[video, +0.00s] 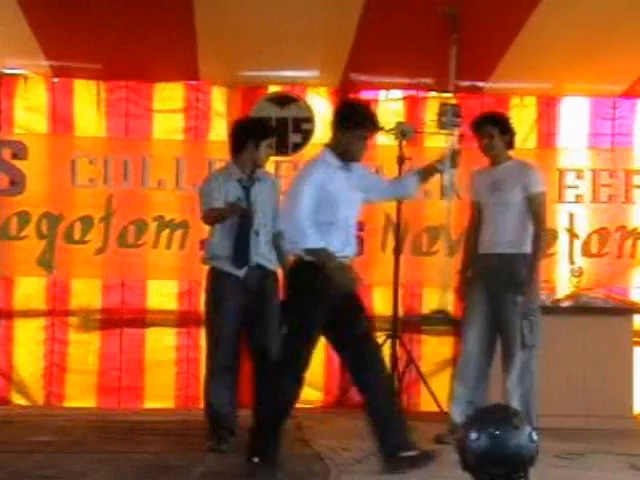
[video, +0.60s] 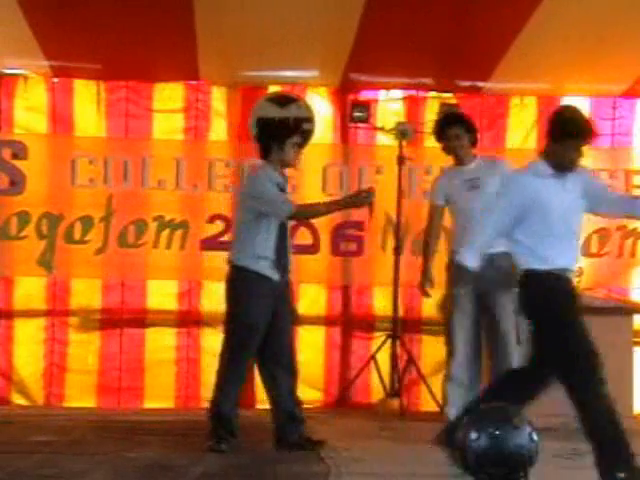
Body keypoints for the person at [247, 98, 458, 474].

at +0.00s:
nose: (365, 146)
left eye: (368, 139)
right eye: (360, 138)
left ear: (366, 139)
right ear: (341, 134)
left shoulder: (356, 175)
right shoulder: (315, 172)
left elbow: (396, 188)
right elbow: (295, 225)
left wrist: (438, 166)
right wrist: (328, 261)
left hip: (337, 273)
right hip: (309, 272)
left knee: (368, 363)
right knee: (289, 366)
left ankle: (397, 447)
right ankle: (263, 451)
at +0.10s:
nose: (403, 151)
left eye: (407, 143)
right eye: (398, 142)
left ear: (405, 142)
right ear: (378, 138)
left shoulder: (396, 179)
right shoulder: (356, 175)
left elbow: (428, 197)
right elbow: (337, 226)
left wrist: (465, 181)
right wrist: (361, 266)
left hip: (382, 278)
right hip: (353, 276)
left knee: (407, 368)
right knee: (327, 363)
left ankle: (433, 452)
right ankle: (272, 437)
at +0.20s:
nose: (444, 146)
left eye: (448, 139)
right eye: (439, 138)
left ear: (448, 137)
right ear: (418, 134)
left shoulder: (434, 174)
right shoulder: (395, 173)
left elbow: (464, 195)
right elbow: (370, 228)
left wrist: (508, 186)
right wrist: (379, 276)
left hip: (421, 274)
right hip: (396, 273)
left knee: (440, 366)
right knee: (403, 361)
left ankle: (436, 455)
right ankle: (325, 421)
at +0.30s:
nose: (476, 145)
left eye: (478, 137)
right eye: (470, 136)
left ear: (473, 135)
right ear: (447, 132)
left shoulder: (463, 171)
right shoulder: (419, 168)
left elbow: (496, 195)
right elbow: (388, 218)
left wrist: (547, 184)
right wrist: (385, 275)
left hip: (446, 270)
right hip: (418, 268)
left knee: (447, 361)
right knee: (445, 361)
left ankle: (438, 454)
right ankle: (383, 423)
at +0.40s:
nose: (507, 144)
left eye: (511, 136)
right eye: (502, 135)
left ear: (510, 134)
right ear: (481, 130)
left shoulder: (504, 167)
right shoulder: (453, 169)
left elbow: (536, 196)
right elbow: (416, 217)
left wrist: (588, 190)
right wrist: (397, 273)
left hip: (493, 268)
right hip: (461, 268)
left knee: (463, 365)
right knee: (506, 346)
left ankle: (437, 452)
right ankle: (506, 445)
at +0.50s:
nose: (534, 147)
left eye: (537, 140)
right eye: (529, 139)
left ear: (539, 139)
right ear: (509, 134)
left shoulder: (531, 175)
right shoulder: (477, 175)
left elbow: (572, 199)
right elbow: (440, 224)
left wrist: (622, 196)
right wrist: (413, 279)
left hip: (512, 277)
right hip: (486, 276)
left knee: (476, 371)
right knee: (529, 365)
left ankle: (437, 451)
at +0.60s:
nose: (578, 155)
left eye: (581, 147)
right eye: (573, 146)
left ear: (581, 146)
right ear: (552, 143)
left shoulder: (578, 183)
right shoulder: (523, 183)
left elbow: (617, 204)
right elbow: (490, 225)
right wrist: (467, 262)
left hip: (562, 284)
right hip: (537, 284)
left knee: (541, 370)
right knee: (583, 370)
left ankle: (465, 427)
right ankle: (617, 464)